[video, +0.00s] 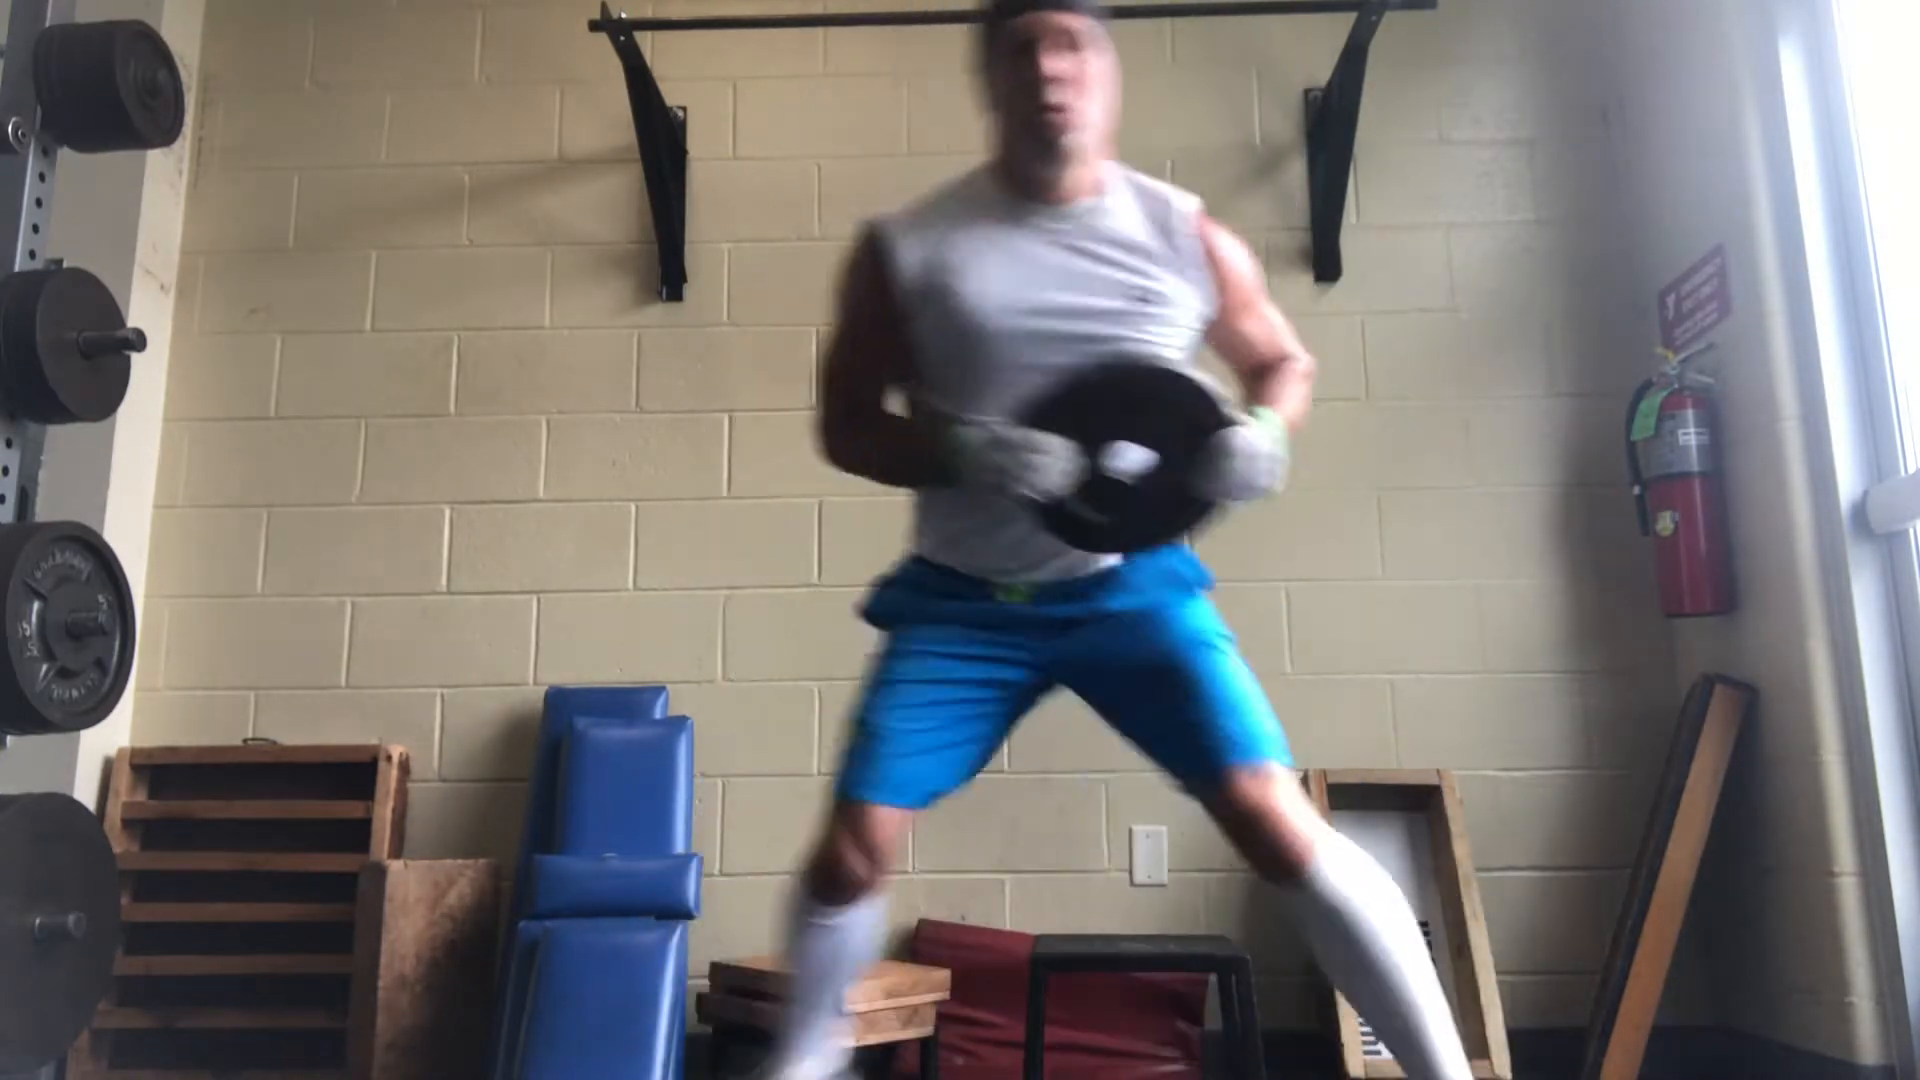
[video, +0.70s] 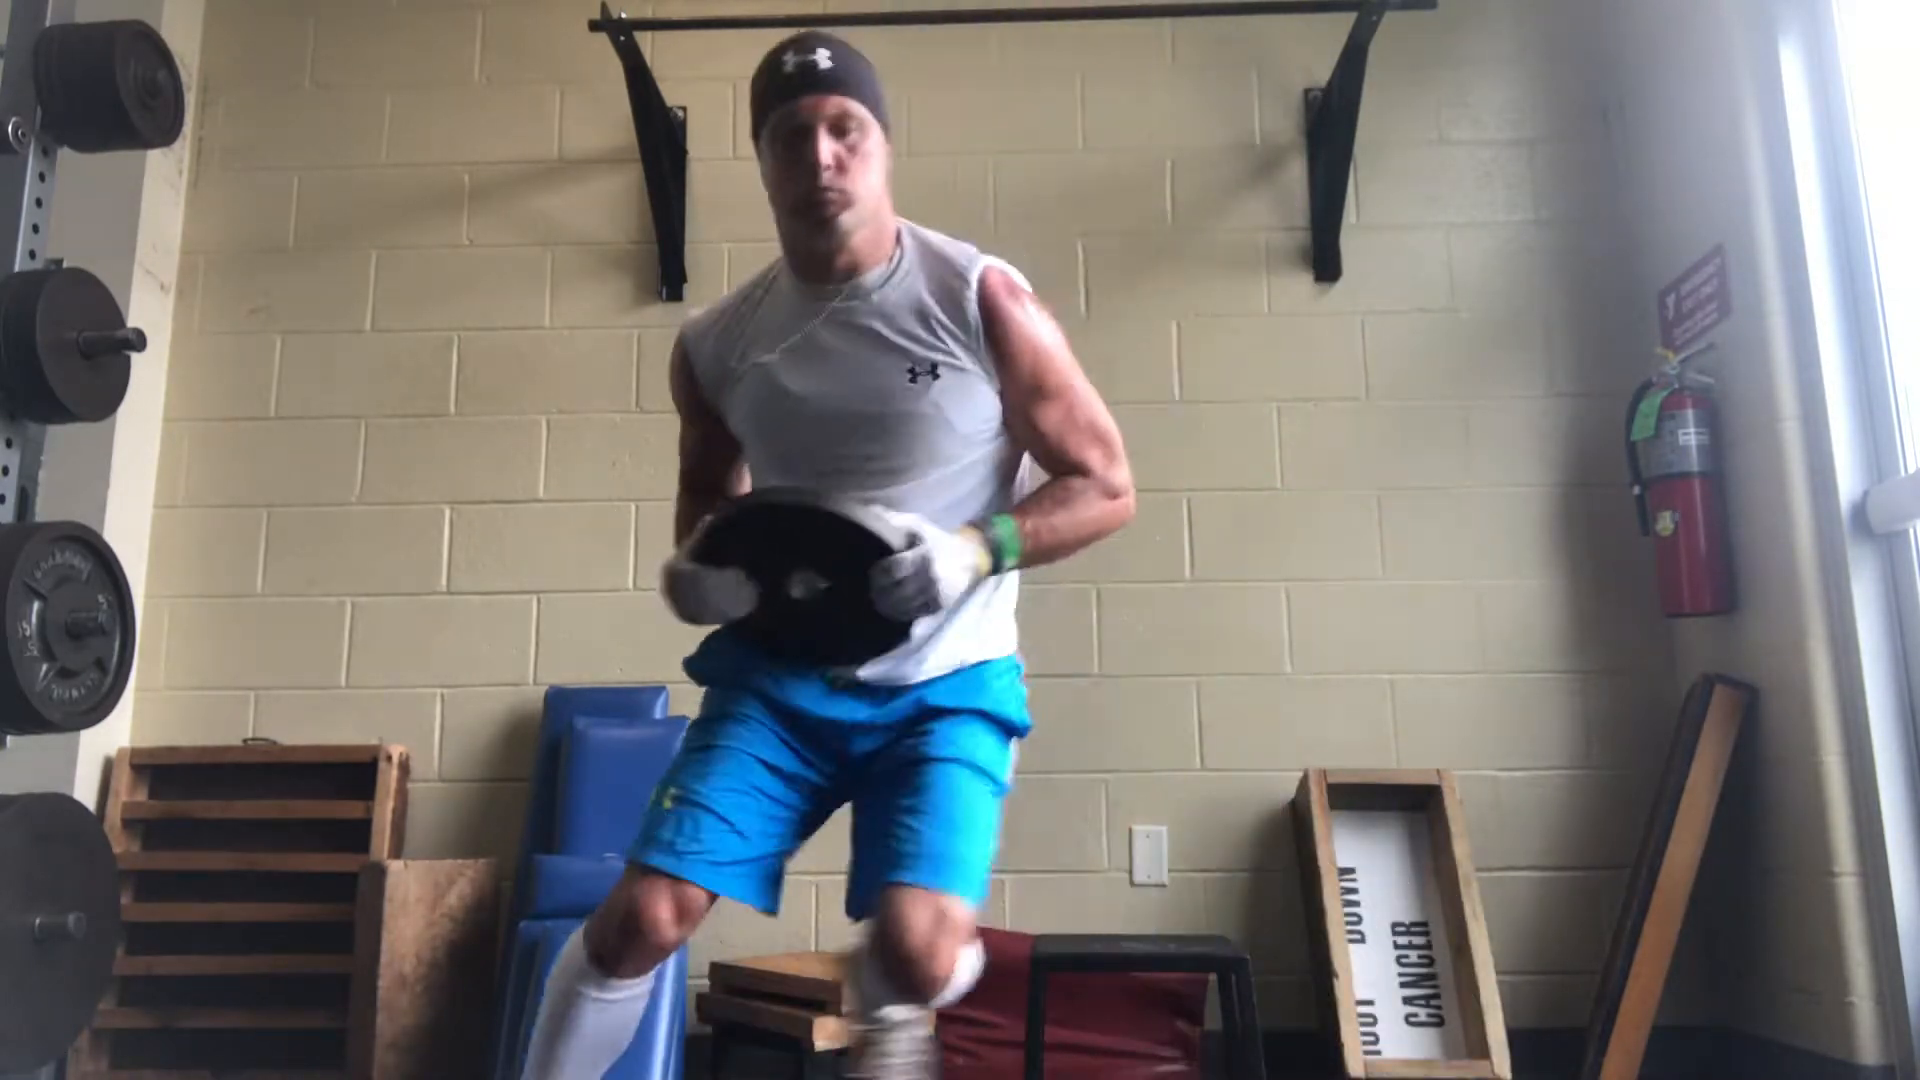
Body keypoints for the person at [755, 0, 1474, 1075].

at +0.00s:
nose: (1052, 71)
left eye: (1073, 46)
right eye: (1025, 50)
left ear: (1111, 74)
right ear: (989, 81)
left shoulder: (1187, 238)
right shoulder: (902, 250)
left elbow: (1285, 364)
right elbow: (846, 428)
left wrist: (1265, 433)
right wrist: (958, 453)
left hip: (1137, 594)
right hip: (962, 604)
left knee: (1274, 823)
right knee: (854, 846)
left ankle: (1448, 1070)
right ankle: (802, 1065)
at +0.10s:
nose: (1152, 104)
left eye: (1173, 80)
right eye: (1122, 83)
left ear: (1209, 112)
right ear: (1081, 115)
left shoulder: (1274, 278)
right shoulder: (997, 282)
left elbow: (1343, 419)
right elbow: (922, 471)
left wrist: (1334, 496)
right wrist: (1052, 516)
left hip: (1226, 650)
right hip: (1046, 658)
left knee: (1351, 865)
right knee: (975, 904)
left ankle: (1475, 1072)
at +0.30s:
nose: (1180, 100)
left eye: (1201, 82)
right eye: (1150, 82)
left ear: (1229, 122)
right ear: (1103, 117)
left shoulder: (1282, 286)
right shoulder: (1001, 280)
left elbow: (1353, 452)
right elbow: (907, 440)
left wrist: (1303, 503)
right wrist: (995, 496)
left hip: (1206, 642)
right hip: (1027, 632)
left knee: (1344, 878)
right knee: (882, 803)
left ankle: (1468, 1074)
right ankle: (945, 923)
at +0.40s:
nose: (1085, 61)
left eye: (1108, 40)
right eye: (1056, 42)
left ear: (1140, 74)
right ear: (1016, 68)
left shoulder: (1198, 230)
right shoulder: (918, 227)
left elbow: (1294, 416)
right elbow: (843, 361)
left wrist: (1176, 452)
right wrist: (887, 425)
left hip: (1122, 594)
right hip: (944, 573)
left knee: (1252, 846)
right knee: (786, 744)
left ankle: (1401, 1069)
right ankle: (703, 1002)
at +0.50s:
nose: (965, 62)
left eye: (989, 36)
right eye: (938, 38)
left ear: (1028, 59)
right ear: (903, 63)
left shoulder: (1097, 225)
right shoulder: (823, 243)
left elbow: (1194, 427)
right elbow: (775, 438)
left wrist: (1052, 463)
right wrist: (793, 449)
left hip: (1051, 599)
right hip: (877, 594)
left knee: (1135, 856)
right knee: (724, 832)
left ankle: (1166, 1074)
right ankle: (560, 1075)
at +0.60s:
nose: (859, 128)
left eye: (885, 100)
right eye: (835, 104)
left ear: (929, 115)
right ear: (804, 126)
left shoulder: (1008, 279)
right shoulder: (741, 312)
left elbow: (1117, 477)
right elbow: (709, 513)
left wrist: (972, 526)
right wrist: (737, 533)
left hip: (966, 678)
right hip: (790, 665)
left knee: (978, 938)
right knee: (654, 898)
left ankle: (889, 1024)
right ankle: (547, 1077)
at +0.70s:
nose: (823, 151)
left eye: (847, 129)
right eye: (796, 133)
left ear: (885, 152)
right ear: (764, 163)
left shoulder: (979, 298)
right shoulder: (715, 346)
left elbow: (1107, 486)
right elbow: (701, 518)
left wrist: (977, 551)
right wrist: (697, 577)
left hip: (947, 690)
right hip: (775, 684)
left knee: (919, 950)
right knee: (643, 915)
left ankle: (890, 990)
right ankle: (545, 1076)